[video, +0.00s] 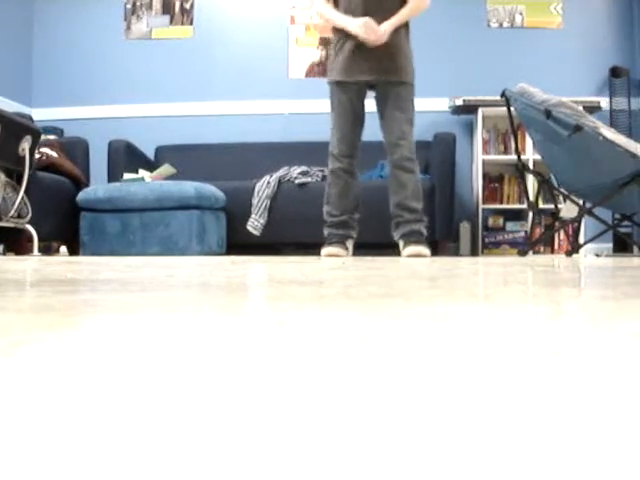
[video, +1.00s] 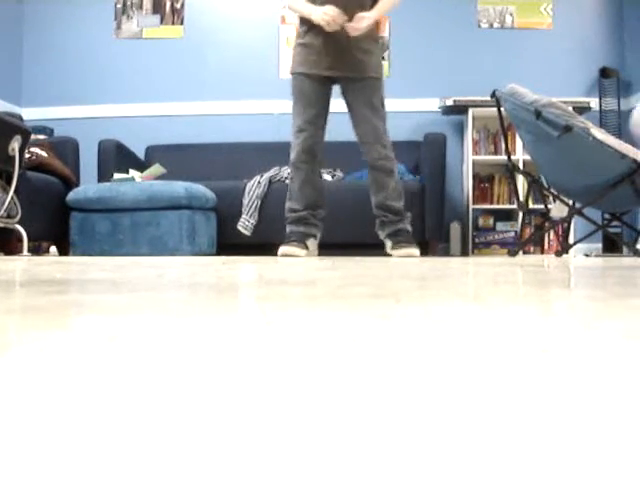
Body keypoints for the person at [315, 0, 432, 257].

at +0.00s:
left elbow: (422, 2)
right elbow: (321, 7)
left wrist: (387, 26)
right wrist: (353, 24)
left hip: (395, 56)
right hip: (346, 57)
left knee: (402, 152)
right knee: (342, 154)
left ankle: (412, 237)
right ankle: (337, 238)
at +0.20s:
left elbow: (432, 1)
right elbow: (328, 3)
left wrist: (404, 17)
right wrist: (369, 18)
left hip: (402, 48)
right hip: (354, 48)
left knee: (403, 143)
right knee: (347, 139)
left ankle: (404, 234)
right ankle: (338, 229)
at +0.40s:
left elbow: (434, 5)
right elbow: (346, 1)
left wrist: (415, 21)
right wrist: (378, 13)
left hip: (404, 46)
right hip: (359, 42)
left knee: (403, 142)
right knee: (361, 135)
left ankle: (405, 235)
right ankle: (367, 235)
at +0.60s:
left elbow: (432, 4)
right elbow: (343, 2)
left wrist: (417, 20)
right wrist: (372, 11)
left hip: (401, 44)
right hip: (354, 39)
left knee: (401, 141)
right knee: (349, 130)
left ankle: (403, 234)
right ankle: (335, 230)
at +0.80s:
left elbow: (421, 2)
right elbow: (328, 3)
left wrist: (405, 18)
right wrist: (358, 13)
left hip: (391, 45)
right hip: (342, 44)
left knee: (396, 144)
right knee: (327, 137)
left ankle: (403, 237)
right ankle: (307, 234)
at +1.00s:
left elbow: (393, 2)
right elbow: (289, 3)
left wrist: (372, 15)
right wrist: (314, 12)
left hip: (362, 44)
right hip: (312, 44)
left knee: (377, 146)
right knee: (304, 145)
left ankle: (397, 234)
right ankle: (301, 235)